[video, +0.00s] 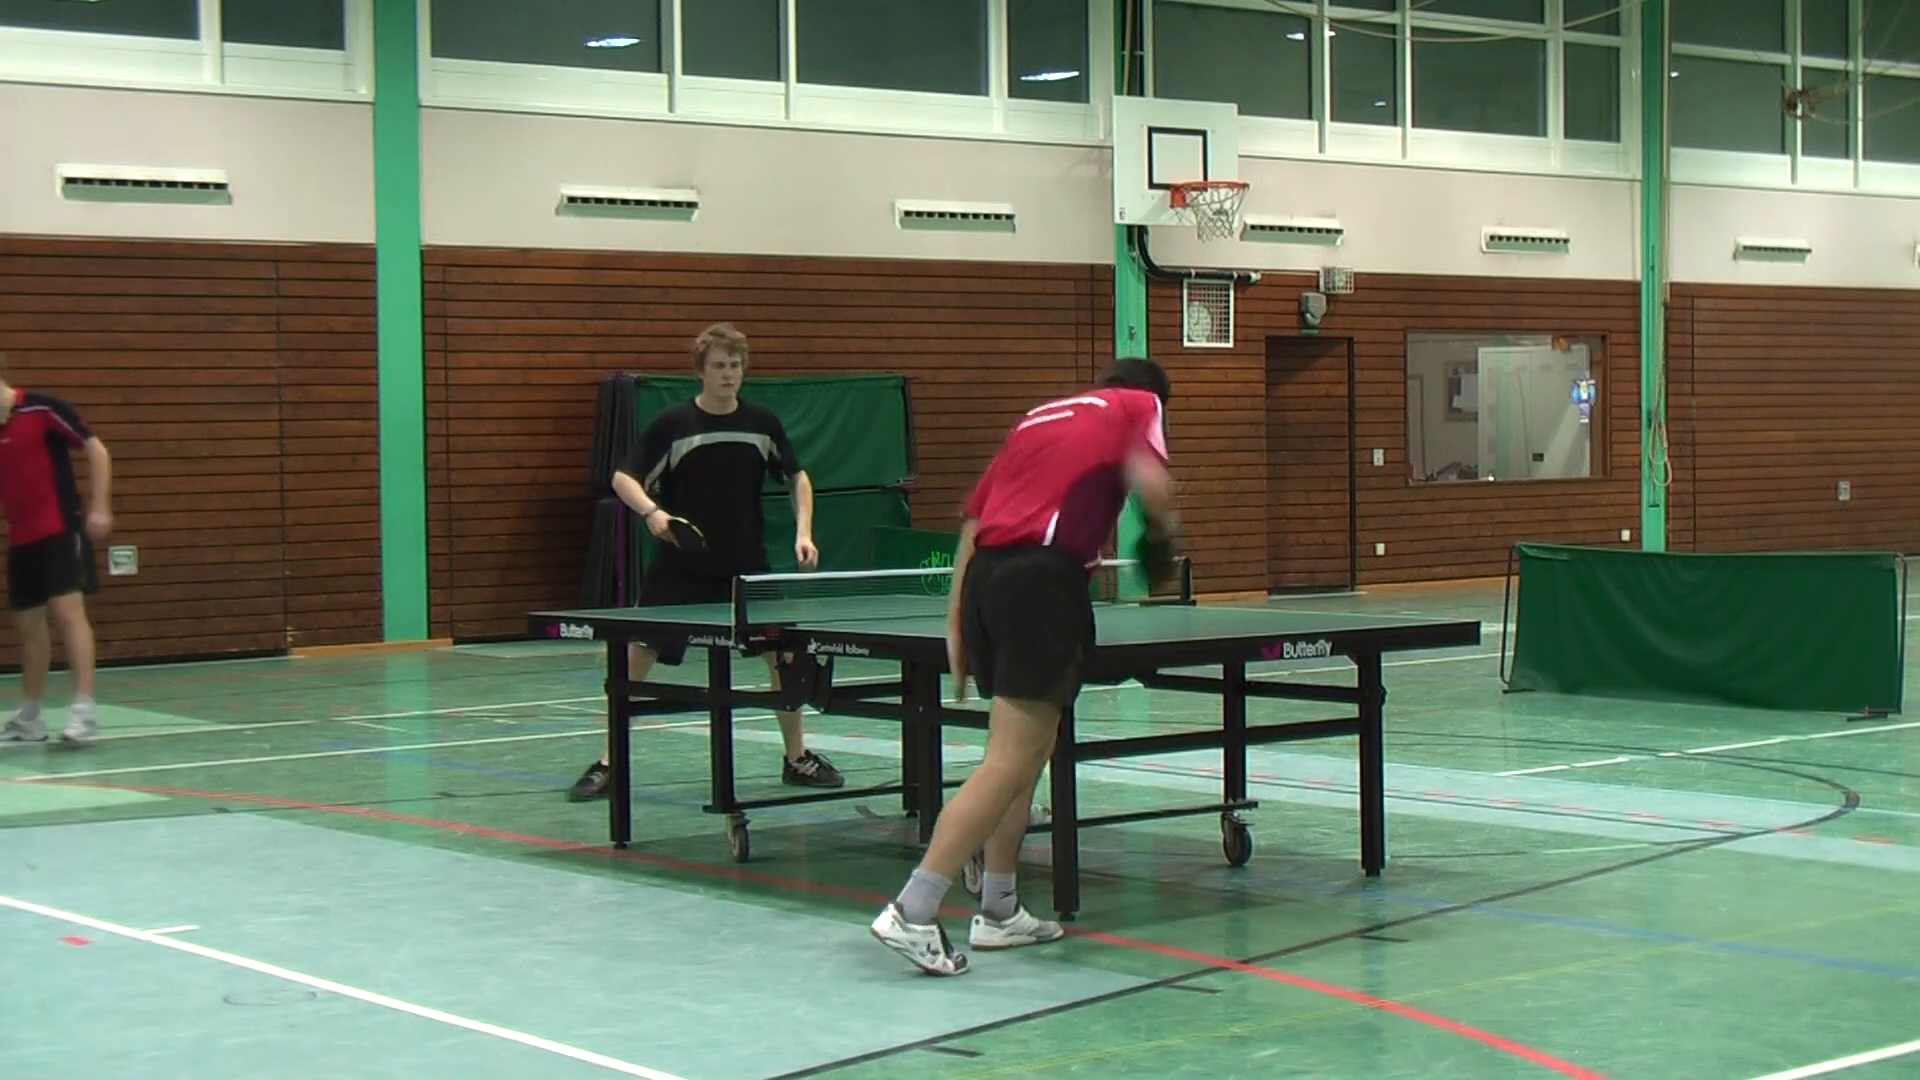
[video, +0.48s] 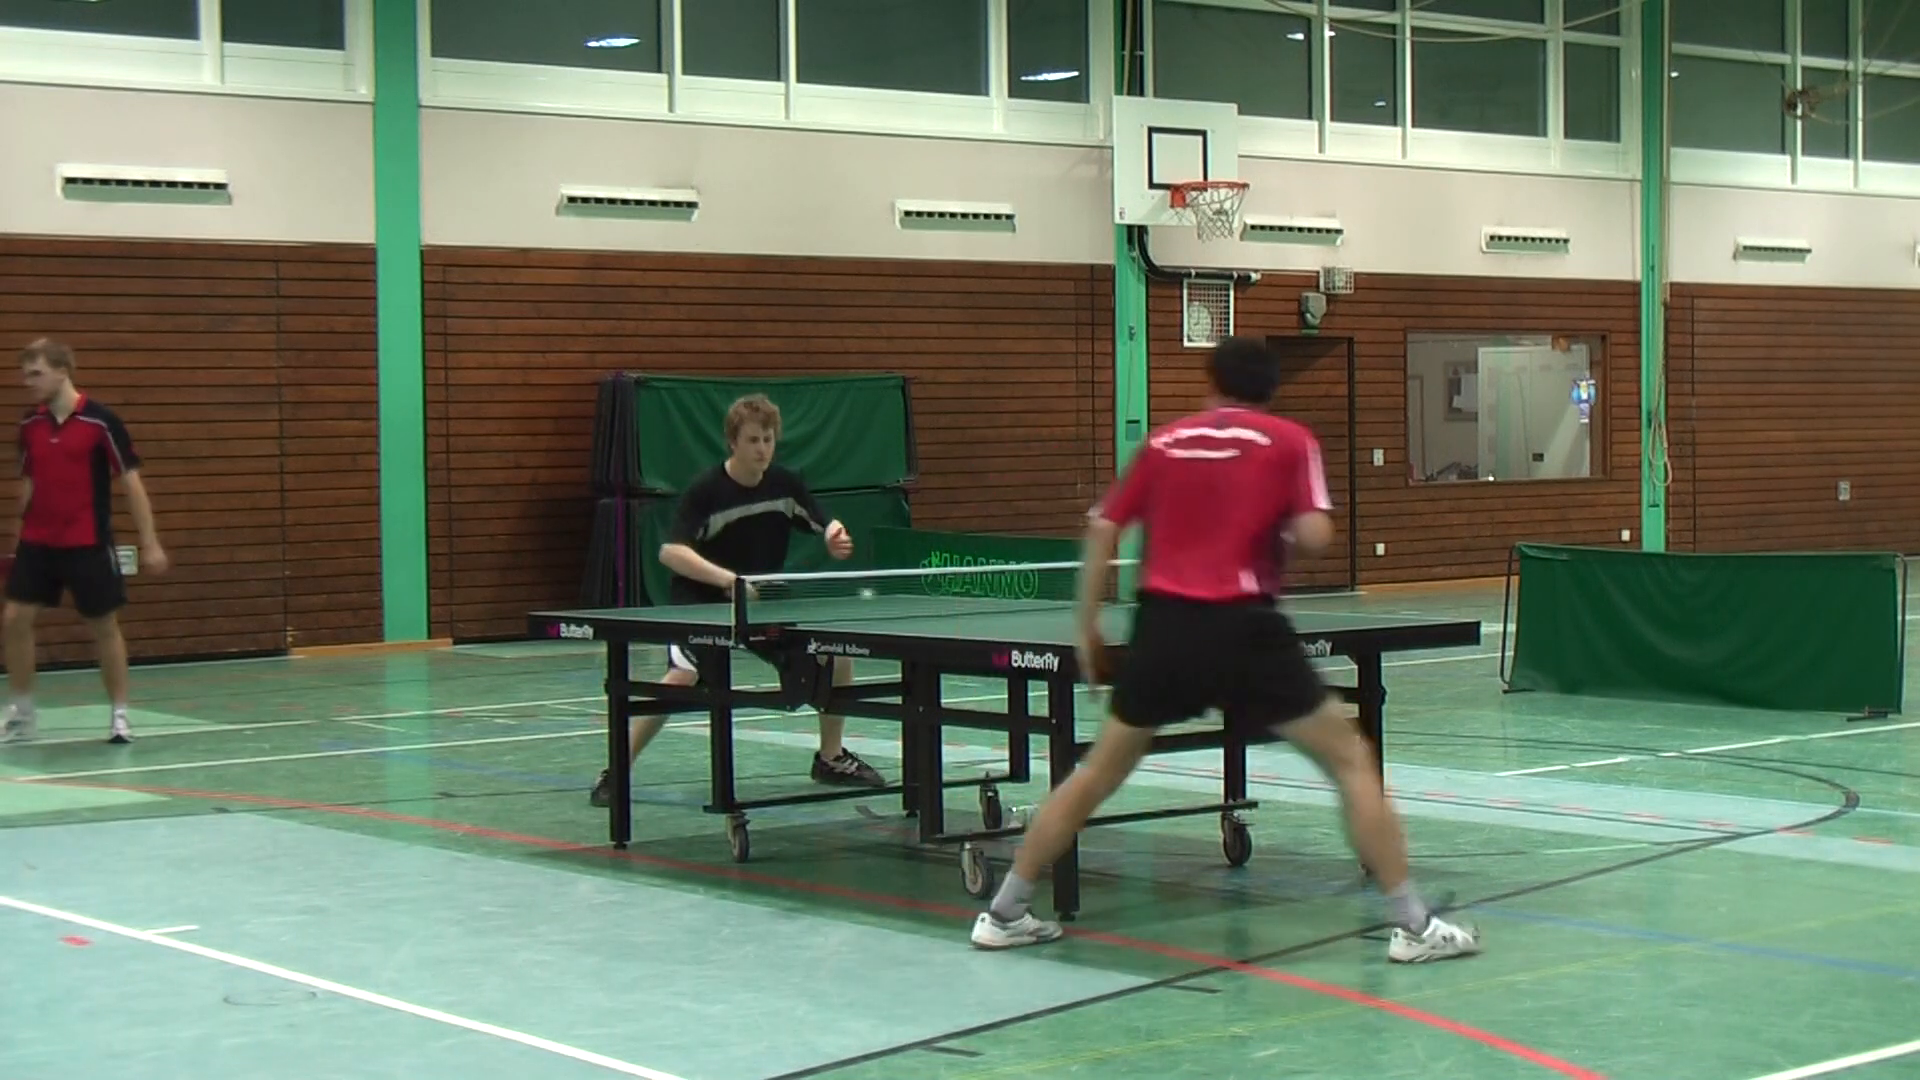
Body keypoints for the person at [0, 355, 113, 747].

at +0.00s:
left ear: (4, 383)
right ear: (1, 387)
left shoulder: (43, 410)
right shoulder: (4, 427)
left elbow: (96, 450)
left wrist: (100, 508)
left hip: (59, 535)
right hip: (20, 541)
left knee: (69, 613)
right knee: (29, 622)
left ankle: (84, 712)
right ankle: (30, 717)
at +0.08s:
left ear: (12, 379)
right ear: (6, 383)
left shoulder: (54, 412)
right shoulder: (3, 427)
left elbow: (100, 455)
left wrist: (129, 512)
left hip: (65, 539)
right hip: (23, 544)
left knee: (79, 618)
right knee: (30, 625)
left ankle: (106, 713)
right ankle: (30, 717)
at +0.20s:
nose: (1, 379)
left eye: (7, 372)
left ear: (30, 373)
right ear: (12, 376)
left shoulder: (74, 414)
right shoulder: (5, 427)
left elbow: (116, 463)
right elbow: (8, 485)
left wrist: (152, 512)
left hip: (75, 543)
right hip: (28, 546)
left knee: (93, 623)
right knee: (28, 623)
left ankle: (117, 712)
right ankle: (30, 717)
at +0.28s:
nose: (10, 381)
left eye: (17, 373)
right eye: (7, 375)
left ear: (44, 373)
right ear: (10, 380)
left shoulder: (86, 417)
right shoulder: (14, 431)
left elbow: (127, 466)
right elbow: (8, 494)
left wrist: (158, 514)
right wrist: (9, 538)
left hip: (82, 545)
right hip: (32, 547)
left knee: (100, 624)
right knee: (21, 621)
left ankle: (118, 713)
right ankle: (29, 717)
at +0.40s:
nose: (23, 382)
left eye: (31, 374)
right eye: (21, 375)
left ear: (58, 374)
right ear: (24, 379)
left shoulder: (99, 421)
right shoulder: (26, 430)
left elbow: (135, 474)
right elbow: (20, 489)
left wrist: (160, 532)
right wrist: (10, 542)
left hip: (88, 548)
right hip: (36, 548)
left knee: (107, 626)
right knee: (14, 619)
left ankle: (120, 714)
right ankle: (26, 713)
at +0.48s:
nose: (28, 381)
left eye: (36, 374)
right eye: (25, 375)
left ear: (63, 374)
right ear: (28, 377)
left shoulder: (102, 422)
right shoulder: (31, 425)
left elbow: (132, 482)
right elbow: (28, 482)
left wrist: (150, 542)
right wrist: (19, 533)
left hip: (88, 548)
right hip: (37, 546)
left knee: (106, 628)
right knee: (14, 619)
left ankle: (119, 715)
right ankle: (21, 710)